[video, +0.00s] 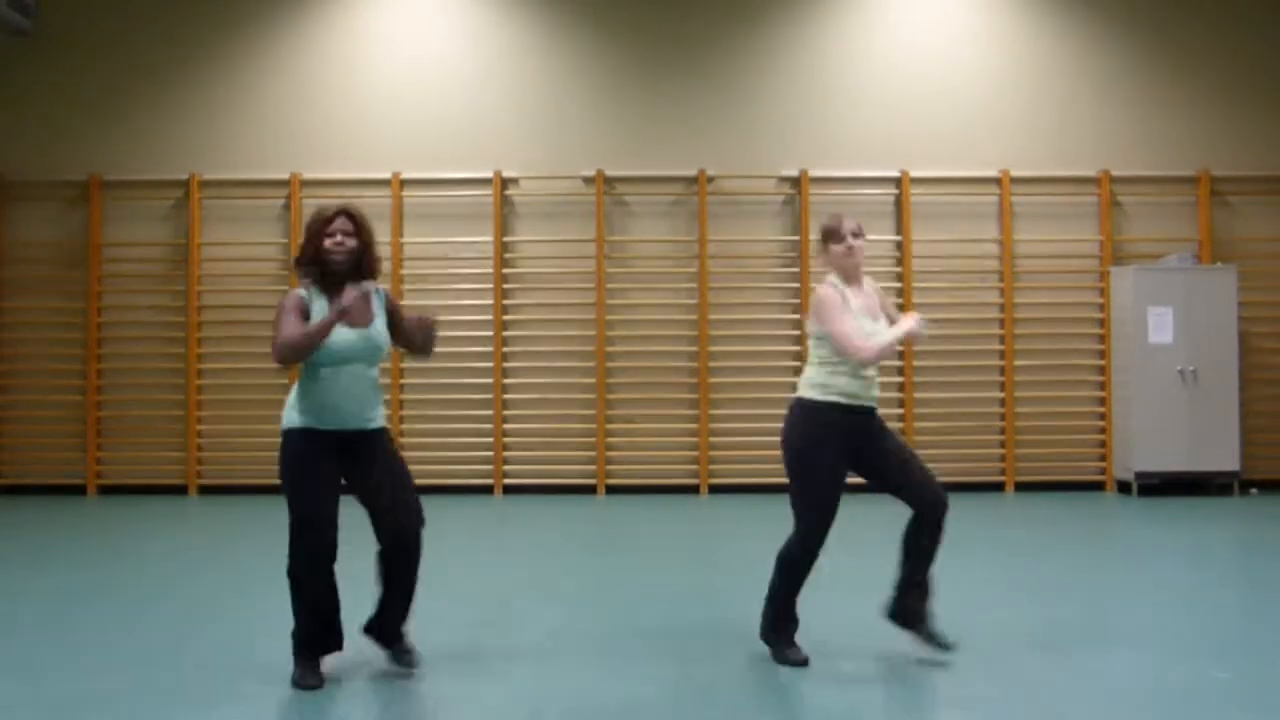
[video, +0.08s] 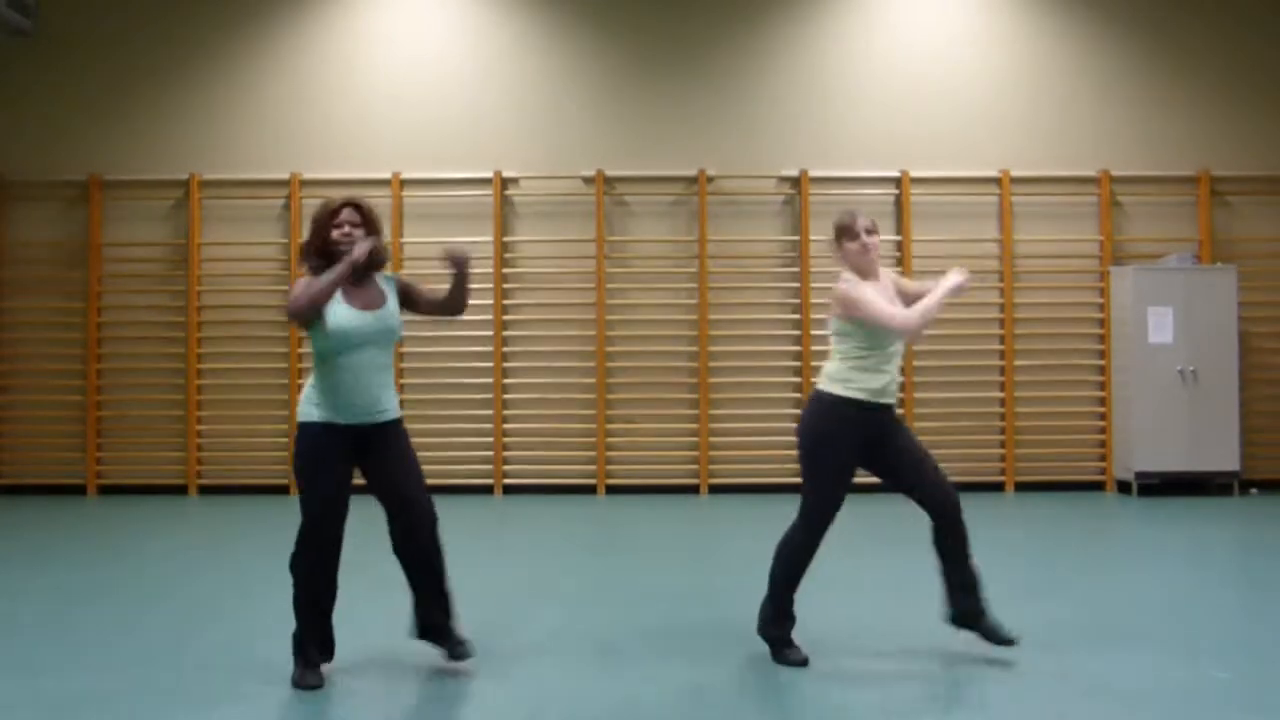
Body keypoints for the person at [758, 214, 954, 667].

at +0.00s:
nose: (850, 245)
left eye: (856, 237)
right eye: (839, 240)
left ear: (866, 243)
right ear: (825, 252)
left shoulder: (872, 291)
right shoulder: (826, 295)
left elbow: (885, 340)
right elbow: (861, 351)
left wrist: (901, 330)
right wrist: (904, 329)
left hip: (861, 422)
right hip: (816, 423)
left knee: (931, 502)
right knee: (810, 532)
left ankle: (909, 606)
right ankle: (776, 629)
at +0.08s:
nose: (867, 242)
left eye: (871, 233)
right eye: (856, 237)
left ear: (880, 238)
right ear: (842, 249)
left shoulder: (888, 281)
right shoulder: (850, 290)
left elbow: (922, 294)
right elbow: (905, 324)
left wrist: (944, 286)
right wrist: (944, 288)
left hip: (878, 421)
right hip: (833, 420)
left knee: (945, 503)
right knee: (813, 521)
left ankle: (966, 609)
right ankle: (774, 623)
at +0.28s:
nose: (904, 264)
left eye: (910, 255)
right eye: (892, 259)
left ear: (920, 259)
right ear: (880, 272)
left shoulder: (941, 288)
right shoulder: (891, 319)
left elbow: (985, 265)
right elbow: (953, 312)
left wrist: (1020, 228)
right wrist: (1014, 266)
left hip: (949, 432)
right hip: (899, 433)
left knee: (978, 534)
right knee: (855, 532)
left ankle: (1004, 631)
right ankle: (785, 621)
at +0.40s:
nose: (924, 266)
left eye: (930, 258)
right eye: (914, 262)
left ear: (940, 263)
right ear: (900, 273)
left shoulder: (957, 294)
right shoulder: (900, 322)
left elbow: (1016, 300)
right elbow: (945, 364)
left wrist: (1067, 270)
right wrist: (1012, 339)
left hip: (970, 430)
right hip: (920, 436)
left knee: (997, 533)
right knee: (928, 540)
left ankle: (1005, 631)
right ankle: (859, 592)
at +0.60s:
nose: (943, 273)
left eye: (950, 265)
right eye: (933, 268)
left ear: (961, 272)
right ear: (919, 278)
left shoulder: (982, 318)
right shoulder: (902, 324)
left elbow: (1005, 382)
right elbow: (864, 377)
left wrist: (984, 424)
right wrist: (905, 416)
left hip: (987, 433)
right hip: (933, 442)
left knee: (1005, 537)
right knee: (955, 544)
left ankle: (1009, 629)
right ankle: (972, 622)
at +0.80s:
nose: (924, 251)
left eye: (932, 245)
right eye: (916, 244)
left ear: (945, 254)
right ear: (903, 253)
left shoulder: (957, 300)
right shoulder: (892, 286)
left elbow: (927, 347)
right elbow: (841, 283)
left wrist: (876, 316)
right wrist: (822, 284)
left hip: (964, 421)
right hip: (907, 419)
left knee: (983, 525)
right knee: (867, 507)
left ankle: (1008, 630)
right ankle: (865, 612)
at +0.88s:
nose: (909, 251)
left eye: (919, 245)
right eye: (902, 245)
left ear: (933, 254)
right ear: (892, 253)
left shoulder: (940, 298)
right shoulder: (887, 288)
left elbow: (887, 326)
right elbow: (841, 275)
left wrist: (836, 288)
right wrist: (801, 263)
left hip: (947, 425)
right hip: (890, 422)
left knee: (970, 526)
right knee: (848, 511)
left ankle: (1006, 628)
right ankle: (822, 621)